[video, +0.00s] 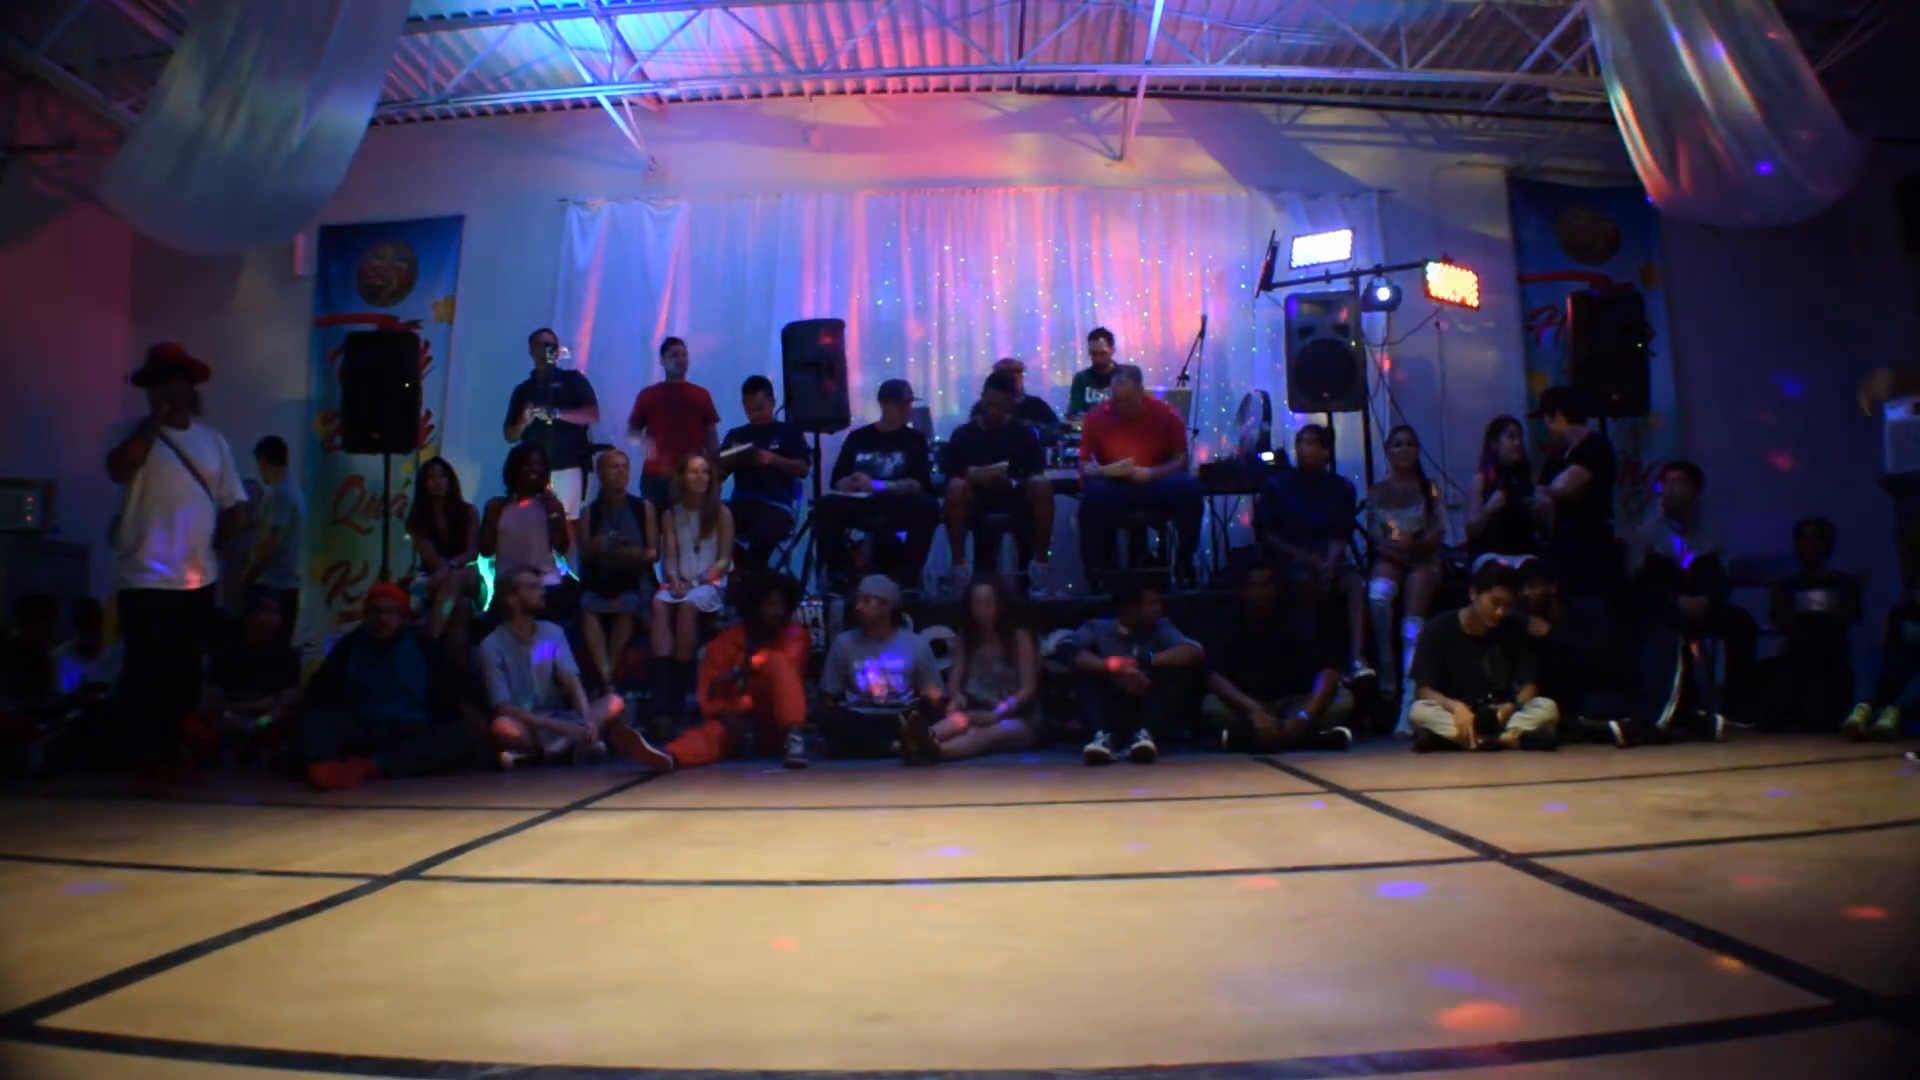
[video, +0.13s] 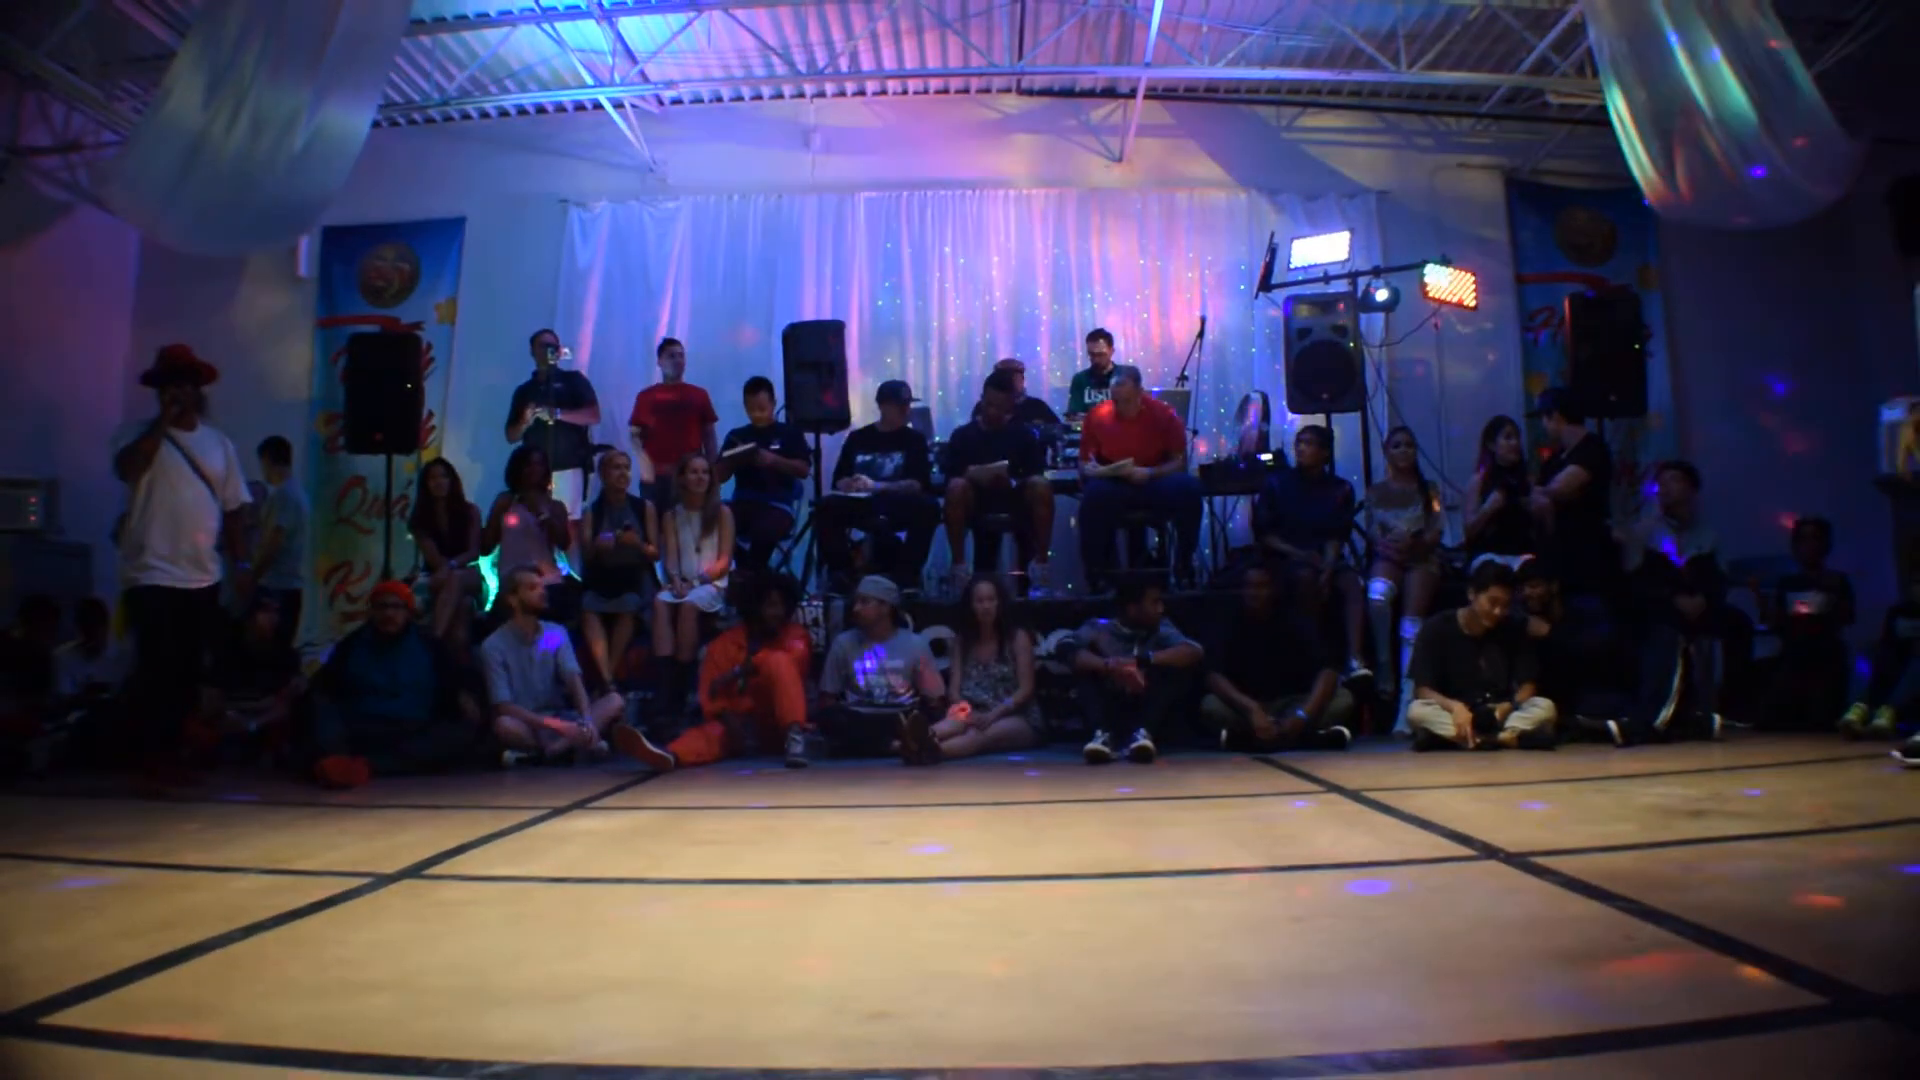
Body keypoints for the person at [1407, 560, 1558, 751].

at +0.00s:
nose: (1500, 612)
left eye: (1506, 606)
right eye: (1495, 603)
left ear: (1512, 606)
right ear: (1474, 595)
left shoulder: (1512, 630)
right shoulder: (1439, 629)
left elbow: (1530, 686)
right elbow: (1424, 690)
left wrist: (1509, 708)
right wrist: (1457, 707)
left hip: (1501, 707)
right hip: (1459, 711)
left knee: (1547, 707)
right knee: (1419, 711)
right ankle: (1505, 741)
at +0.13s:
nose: (1498, 612)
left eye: (1504, 606)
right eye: (1492, 603)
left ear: (1510, 606)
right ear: (1472, 595)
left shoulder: (1511, 630)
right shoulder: (1437, 628)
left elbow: (1528, 686)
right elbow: (1422, 690)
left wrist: (1508, 707)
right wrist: (1456, 707)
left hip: (1499, 705)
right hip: (1455, 708)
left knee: (1545, 707)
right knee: (1417, 711)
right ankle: (1504, 740)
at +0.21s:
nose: (1497, 612)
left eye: (1504, 605)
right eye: (1492, 603)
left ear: (1510, 605)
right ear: (1471, 595)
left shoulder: (1511, 630)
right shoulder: (1436, 629)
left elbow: (1527, 685)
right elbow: (1422, 690)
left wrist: (1507, 707)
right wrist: (1455, 707)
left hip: (1499, 705)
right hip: (1455, 708)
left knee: (1544, 707)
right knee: (1417, 711)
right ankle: (1503, 740)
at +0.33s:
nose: (1499, 612)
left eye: (1505, 606)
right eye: (1493, 603)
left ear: (1511, 605)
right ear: (1473, 595)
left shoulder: (1513, 631)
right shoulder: (1438, 629)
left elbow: (1529, 685)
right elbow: (1423, 690)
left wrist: (1510, 707)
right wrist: (1456, 708)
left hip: (1500, 706)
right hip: (1456, 709)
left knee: (1546, 707)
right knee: (1418, 711)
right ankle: (1505, 740)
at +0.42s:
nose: (1500, 612)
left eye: (1506, 606)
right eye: (1494, 603)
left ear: (1511, 605)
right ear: (1473, 595)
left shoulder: (1514, 630)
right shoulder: (1438, 629)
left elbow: (1529, 686)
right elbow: (1423, 690)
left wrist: (1511, 706)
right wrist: (1456, 707)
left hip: (1500, 705)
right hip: (1457, 708)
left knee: (1546, 707)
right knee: (1418, 711)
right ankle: (1506, 740)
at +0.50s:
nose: (1500, 612)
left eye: (1506, 606)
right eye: (1494, 603)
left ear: (1511, 605)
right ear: (1473, 595)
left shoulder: (1513, 631)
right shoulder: (1438, 629)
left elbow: (1529, 686)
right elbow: (1423, 690)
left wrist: (1511, 706)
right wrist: (1456, 707)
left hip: (1501, 705)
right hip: (1457, 707)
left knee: (1546, 707)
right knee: (1418, 711)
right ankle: (1506, 740)